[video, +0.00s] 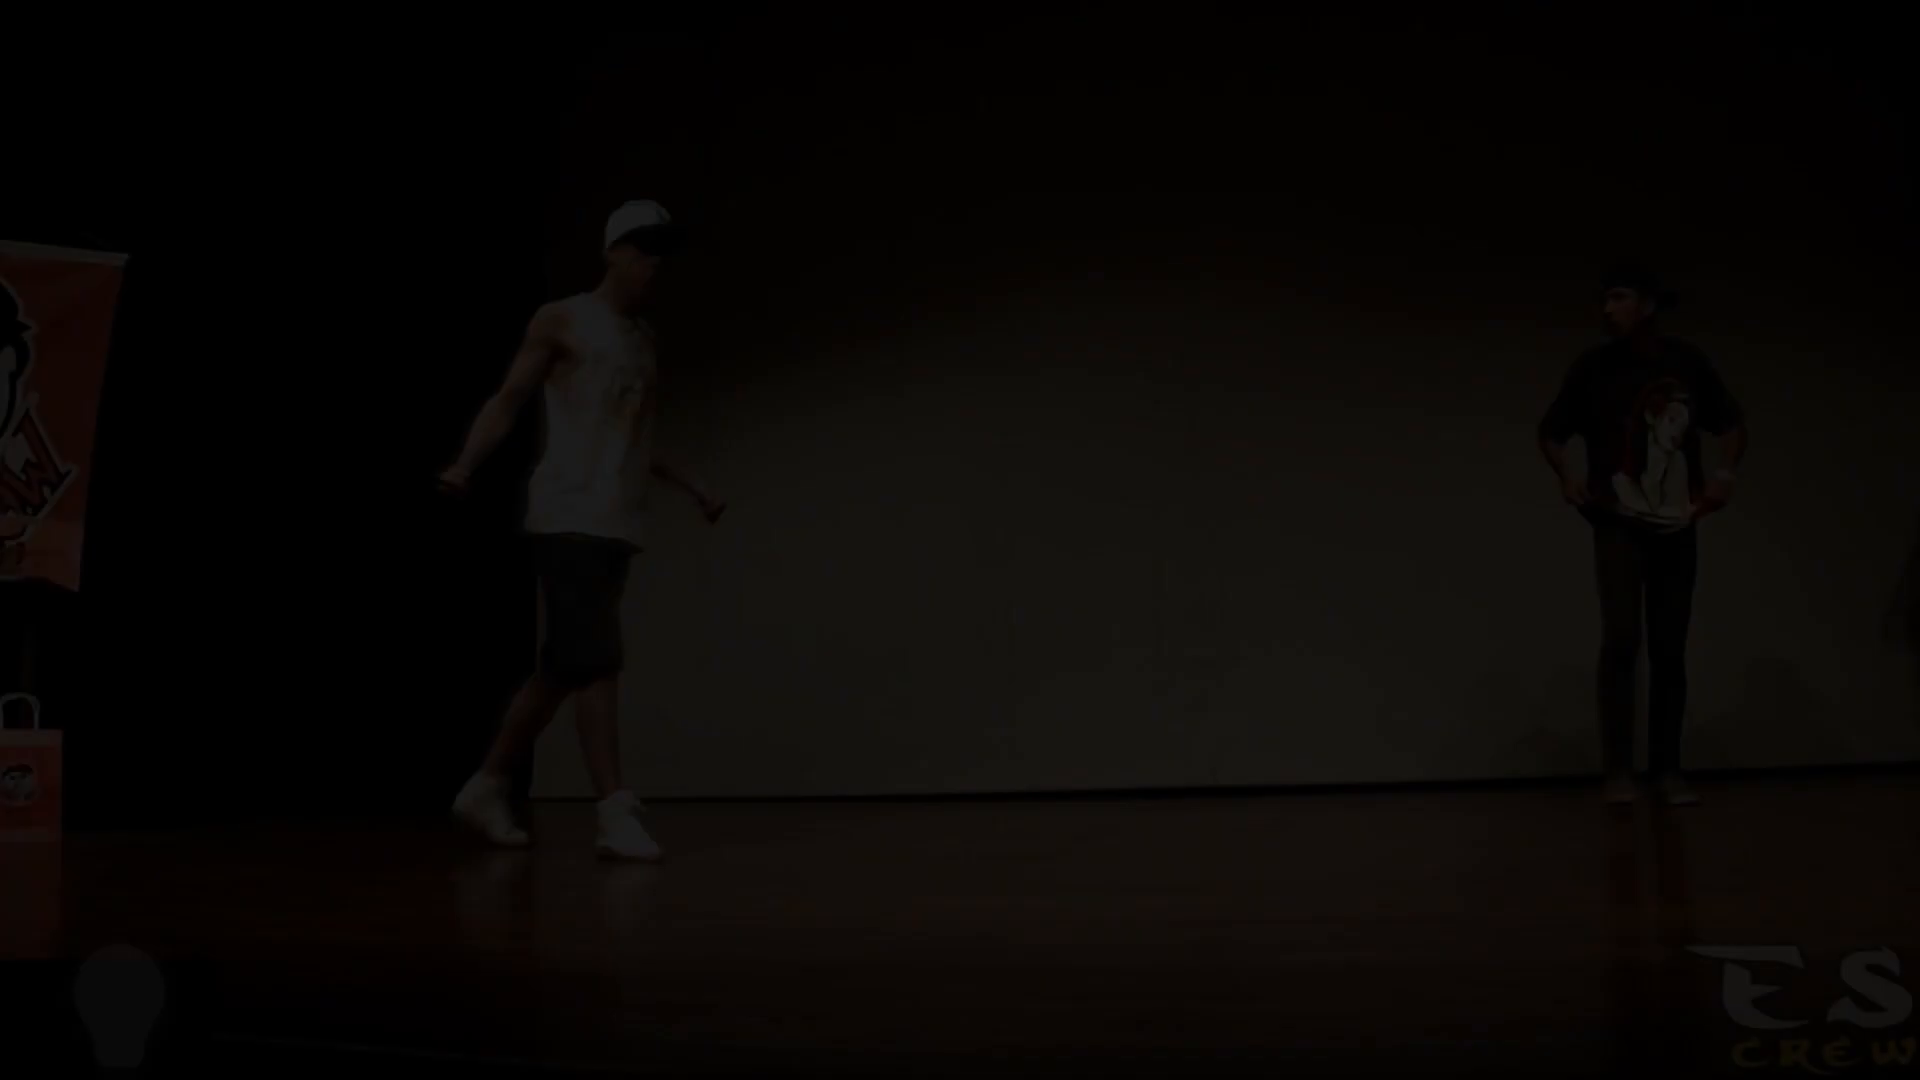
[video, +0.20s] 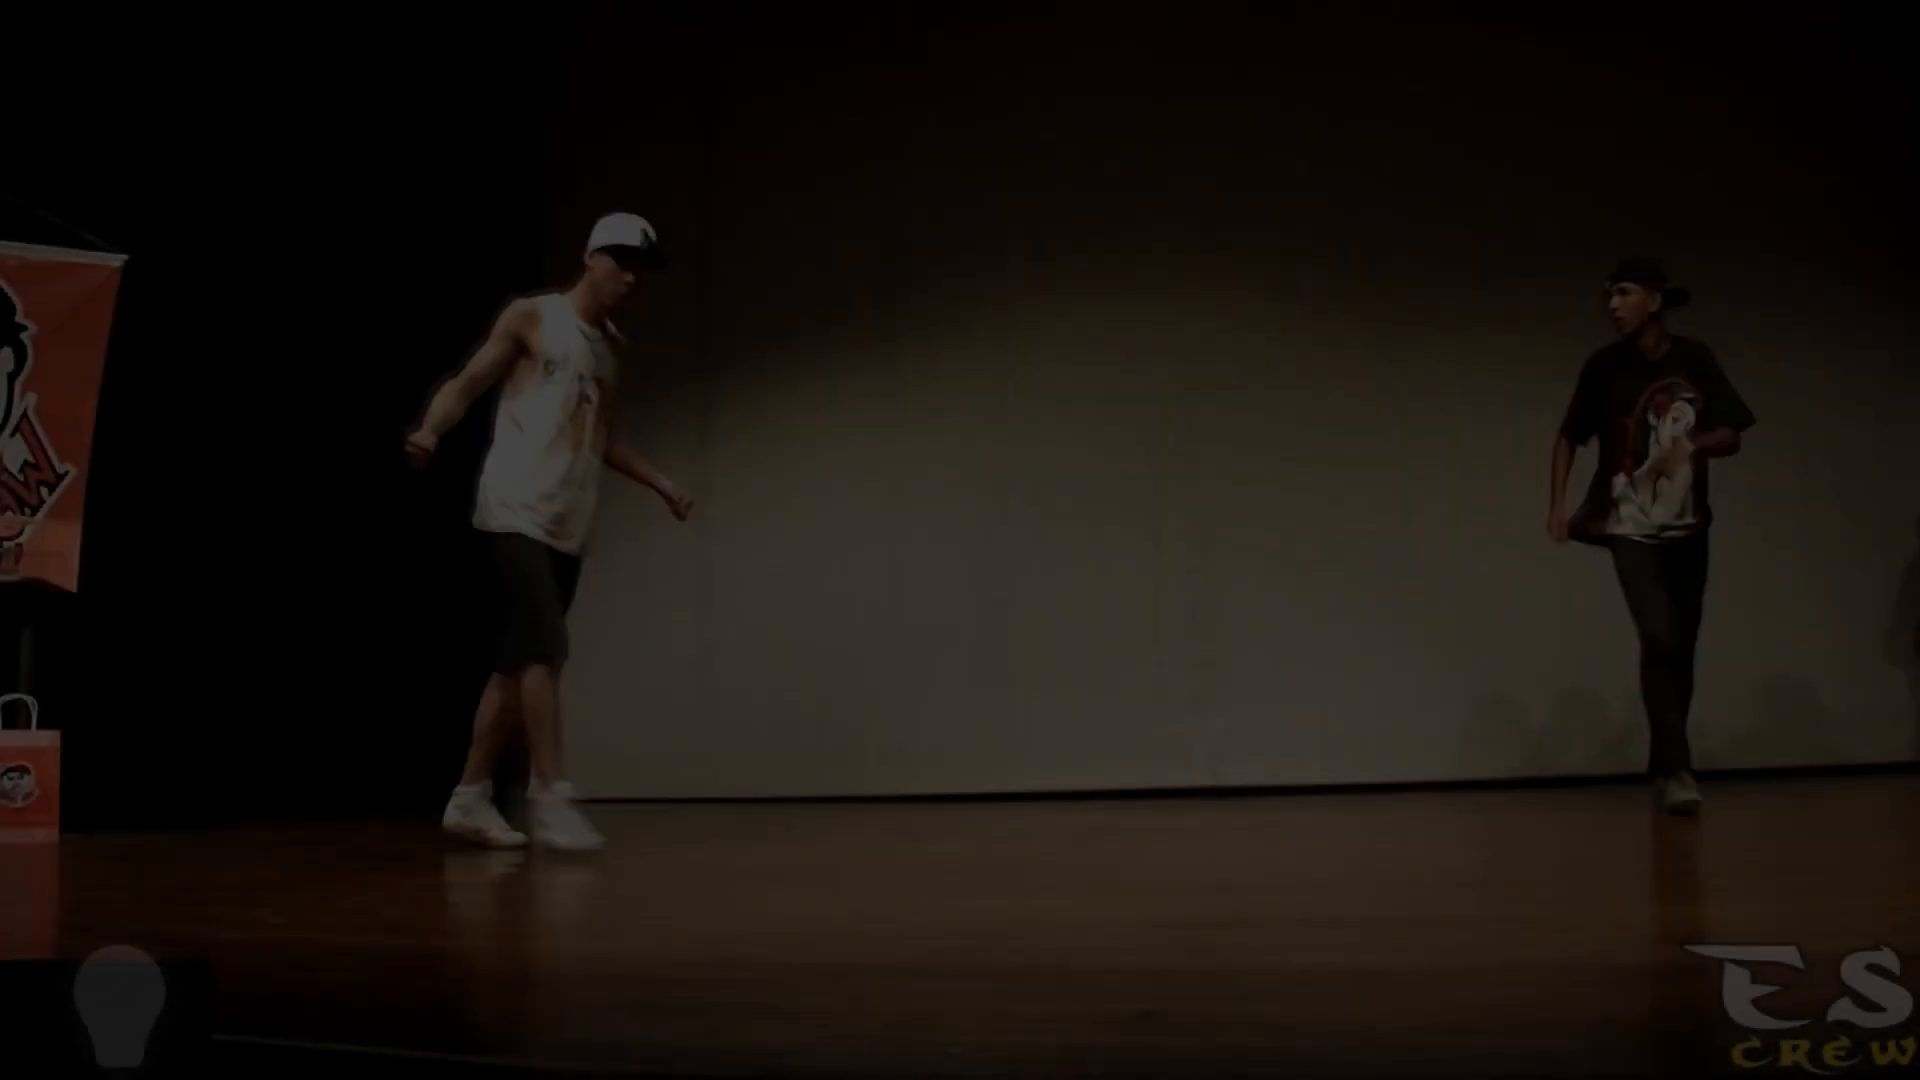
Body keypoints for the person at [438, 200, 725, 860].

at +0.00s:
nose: (651, 267)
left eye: (658, 256)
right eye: (641, 253)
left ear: (658, 264)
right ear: (613, 253)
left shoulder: (639, 339)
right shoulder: (562, 322)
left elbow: (636, 443)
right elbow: (508, 399)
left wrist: (693, 491)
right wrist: (465, 465)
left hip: (613, 522)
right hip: (564, 517)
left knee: (560, 665)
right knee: (596, 665)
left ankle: (486, 788)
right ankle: (614, 810)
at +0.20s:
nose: (628, 280)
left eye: (638, 272)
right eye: (621, 265)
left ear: (641, 279)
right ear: (590, 259)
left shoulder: (610, 351)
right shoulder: (531, 317)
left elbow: (603, 441)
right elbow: (467, 383)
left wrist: (663, 485)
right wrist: (430, 428)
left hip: (566, 527)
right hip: (512, 513)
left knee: (518, 662)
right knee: (543, 651)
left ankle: (469, 796)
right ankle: (548, 798)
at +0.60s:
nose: (629, 417)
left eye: (640, 413)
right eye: (631, 403)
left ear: (646, 407)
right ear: (614, 376)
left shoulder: (601, 411)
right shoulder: (538, 375)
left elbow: (617, 474)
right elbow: (445, 401)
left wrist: (689, 494)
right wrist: (496, 416)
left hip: (500, 528)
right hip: (436, 512)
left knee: (558, 643)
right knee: (451, 634)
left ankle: (533, 779)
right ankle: (402, 781)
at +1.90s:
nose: (566, 252)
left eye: (573, 244)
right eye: (553, 242)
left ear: (579, 259)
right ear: (525, 255)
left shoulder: (591, 340)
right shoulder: (489, 328)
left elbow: (599, 428)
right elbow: (465, 416)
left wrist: (636, 488)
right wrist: (464, 489)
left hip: (563, 516)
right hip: (499, 512)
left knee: (557, 667)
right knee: (500, 666)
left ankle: (539, 798)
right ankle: (497, 799)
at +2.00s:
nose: (545, 245)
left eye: (554, 236)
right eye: (534, 236)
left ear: (566, 253)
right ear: (514, 251)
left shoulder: (589, 332)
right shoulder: (481, 325)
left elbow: (600, 420)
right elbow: (462, 410)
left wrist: (633, 470)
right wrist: (463, 465)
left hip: (560, 520)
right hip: (492, 519)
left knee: (551, 666)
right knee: (493, 665)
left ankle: (538, 797)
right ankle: (498, 796)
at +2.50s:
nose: (515, 281)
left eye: (526, 270)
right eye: (506, 269)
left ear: (543, 269)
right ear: (492, 266)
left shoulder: (567, 330)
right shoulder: (464, 326)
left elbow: (583, 421)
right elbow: (443, 415)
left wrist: (531, 400)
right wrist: (482, 398)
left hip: (541, 505)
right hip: (472, 505)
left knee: (552, 648)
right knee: (456, 650)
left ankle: (559, 777)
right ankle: (445, 786)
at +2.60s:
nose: (518, 305)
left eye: (528, 294)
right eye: (509, 293)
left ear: (545, 292)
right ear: (493, 288)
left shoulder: (564, 350)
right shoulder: (460, 346)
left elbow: (570, 437)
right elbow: (442, 437)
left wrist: (524, 407)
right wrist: (492, 403)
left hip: (538, 525)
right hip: (468, 525)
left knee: (561, 659)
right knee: (446, 664)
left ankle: (575, 783)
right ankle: (429, 793)